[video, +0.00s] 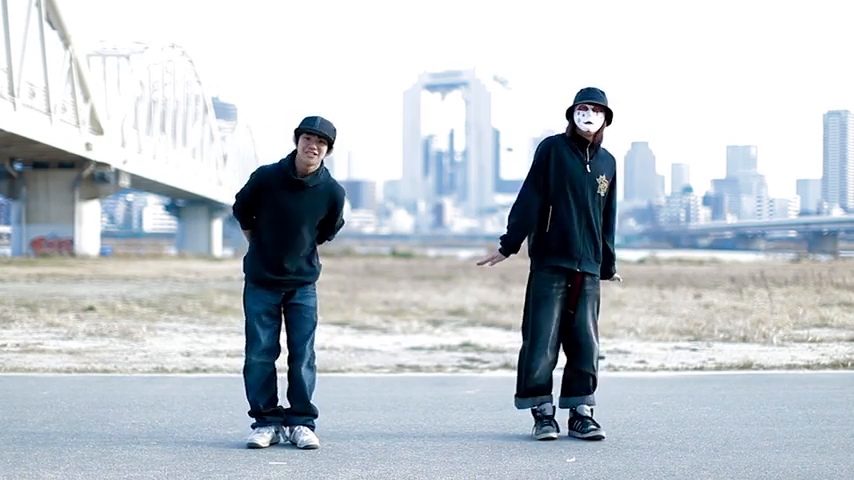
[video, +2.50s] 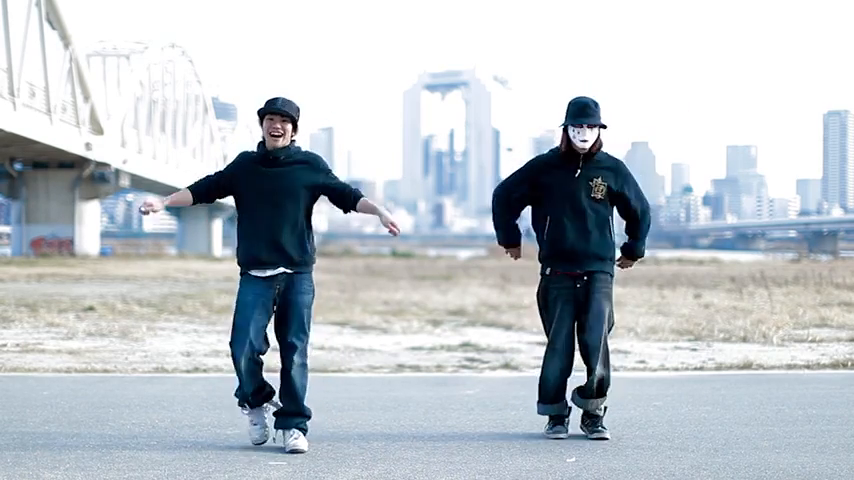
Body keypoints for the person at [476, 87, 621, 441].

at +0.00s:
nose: (588, 116)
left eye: (594, 111)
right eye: (582, 110)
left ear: (604, 119)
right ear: (572, 114)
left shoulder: (607, 161)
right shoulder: (552, 148)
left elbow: (607, 217)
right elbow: (530, 197)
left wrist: (608, 263)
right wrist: (507, 246)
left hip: (589, 260)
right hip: (550, 258)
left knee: (585, 337)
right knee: (543, 335)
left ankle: (581, 413)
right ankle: (543, 413)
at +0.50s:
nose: (554, 112)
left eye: (563, 108)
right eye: (550, 105)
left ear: (573, 116)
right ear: (540, 111)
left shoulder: (586, 150)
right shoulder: (532, 153)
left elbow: (608, 199)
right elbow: (527, 207)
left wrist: (634, 243)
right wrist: (538, 255)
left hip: (599, 258)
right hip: (561, 258)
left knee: (595, 333)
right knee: (555, 330)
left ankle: (590, 412)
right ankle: (550, 411)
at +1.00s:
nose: (565, 115)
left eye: (570, 108)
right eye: (558, 110)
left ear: (582, 112)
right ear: (549, 116)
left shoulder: (603, 152)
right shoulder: (536, 154)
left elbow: (616, 198)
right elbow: (525, 204)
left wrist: (629, 232)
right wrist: (521, 249)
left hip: (592, 256)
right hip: (551, 256)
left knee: (590, 331)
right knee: (548, 330)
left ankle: (593, 411)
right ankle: (551, 409)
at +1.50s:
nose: (573, 113)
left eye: (579, 107)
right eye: (567, 107)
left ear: (589, 114)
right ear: (556, 113)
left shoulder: (603, 156)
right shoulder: (541, 152)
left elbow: (601, 202)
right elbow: (533, 194)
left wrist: (587, 230)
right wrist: (537, 219)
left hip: (590, 246)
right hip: (550, 246)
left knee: (587, 297)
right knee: (549, 327)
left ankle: (585, 354)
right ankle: (551, 407)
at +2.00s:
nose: (575, 119)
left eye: (582, 113)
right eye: (569, 113)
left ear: (591, 118)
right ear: (559, 118)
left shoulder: (607, 159)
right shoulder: (541, 163)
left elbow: (632, 193)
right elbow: (529, 217)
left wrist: (639, 230)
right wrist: (517, 265)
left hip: (598, 257)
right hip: (558, 258)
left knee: (593, 334)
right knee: (569, 324)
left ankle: (586, 410)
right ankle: (559, 394)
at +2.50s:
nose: (583, 133)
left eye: (590, 127)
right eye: (577, 126)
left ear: (599, 130)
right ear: (566, 129)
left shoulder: (612, 169)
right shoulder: (543, 167)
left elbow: (639, 212)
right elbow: (503, 195)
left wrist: (633, 249)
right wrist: (509, 237)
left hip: (598, 268)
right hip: (557, 269)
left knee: (594, 341)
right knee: (559, 343)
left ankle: (593, 411)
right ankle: (556, 414)